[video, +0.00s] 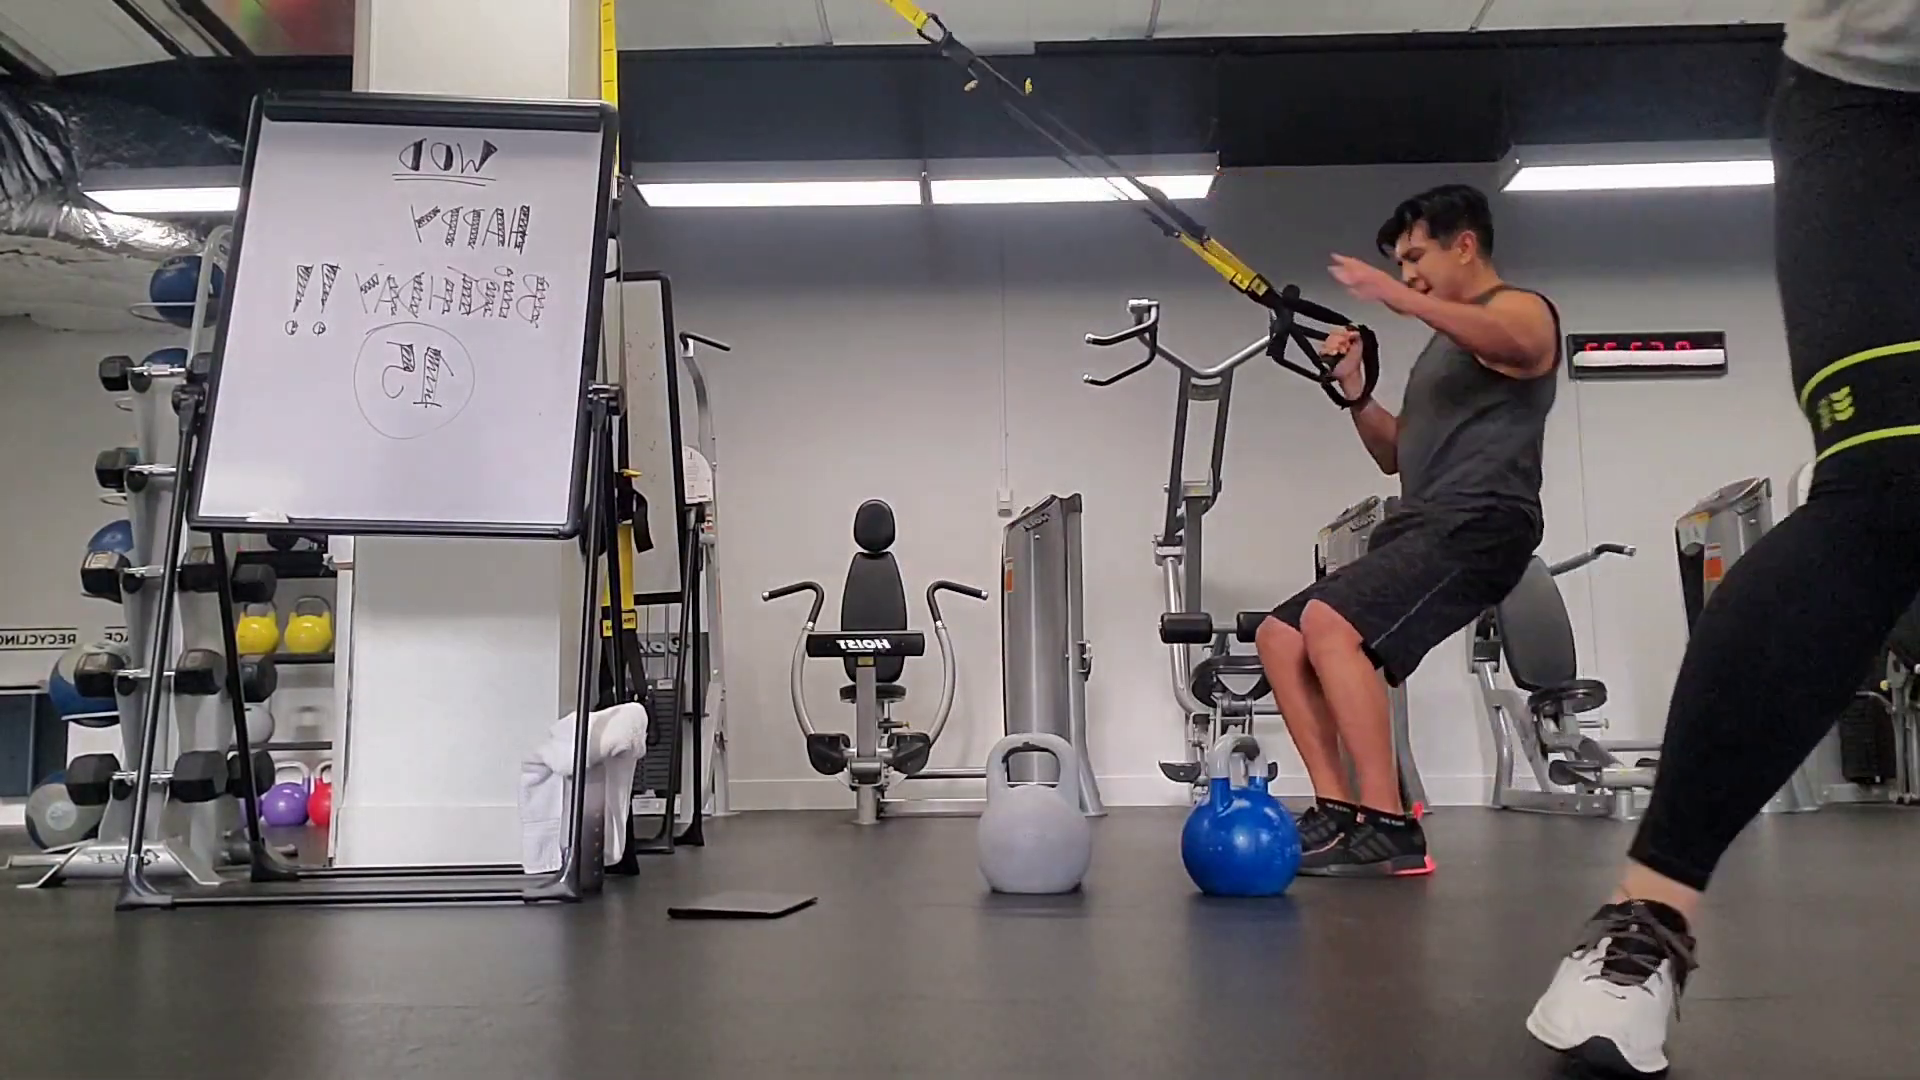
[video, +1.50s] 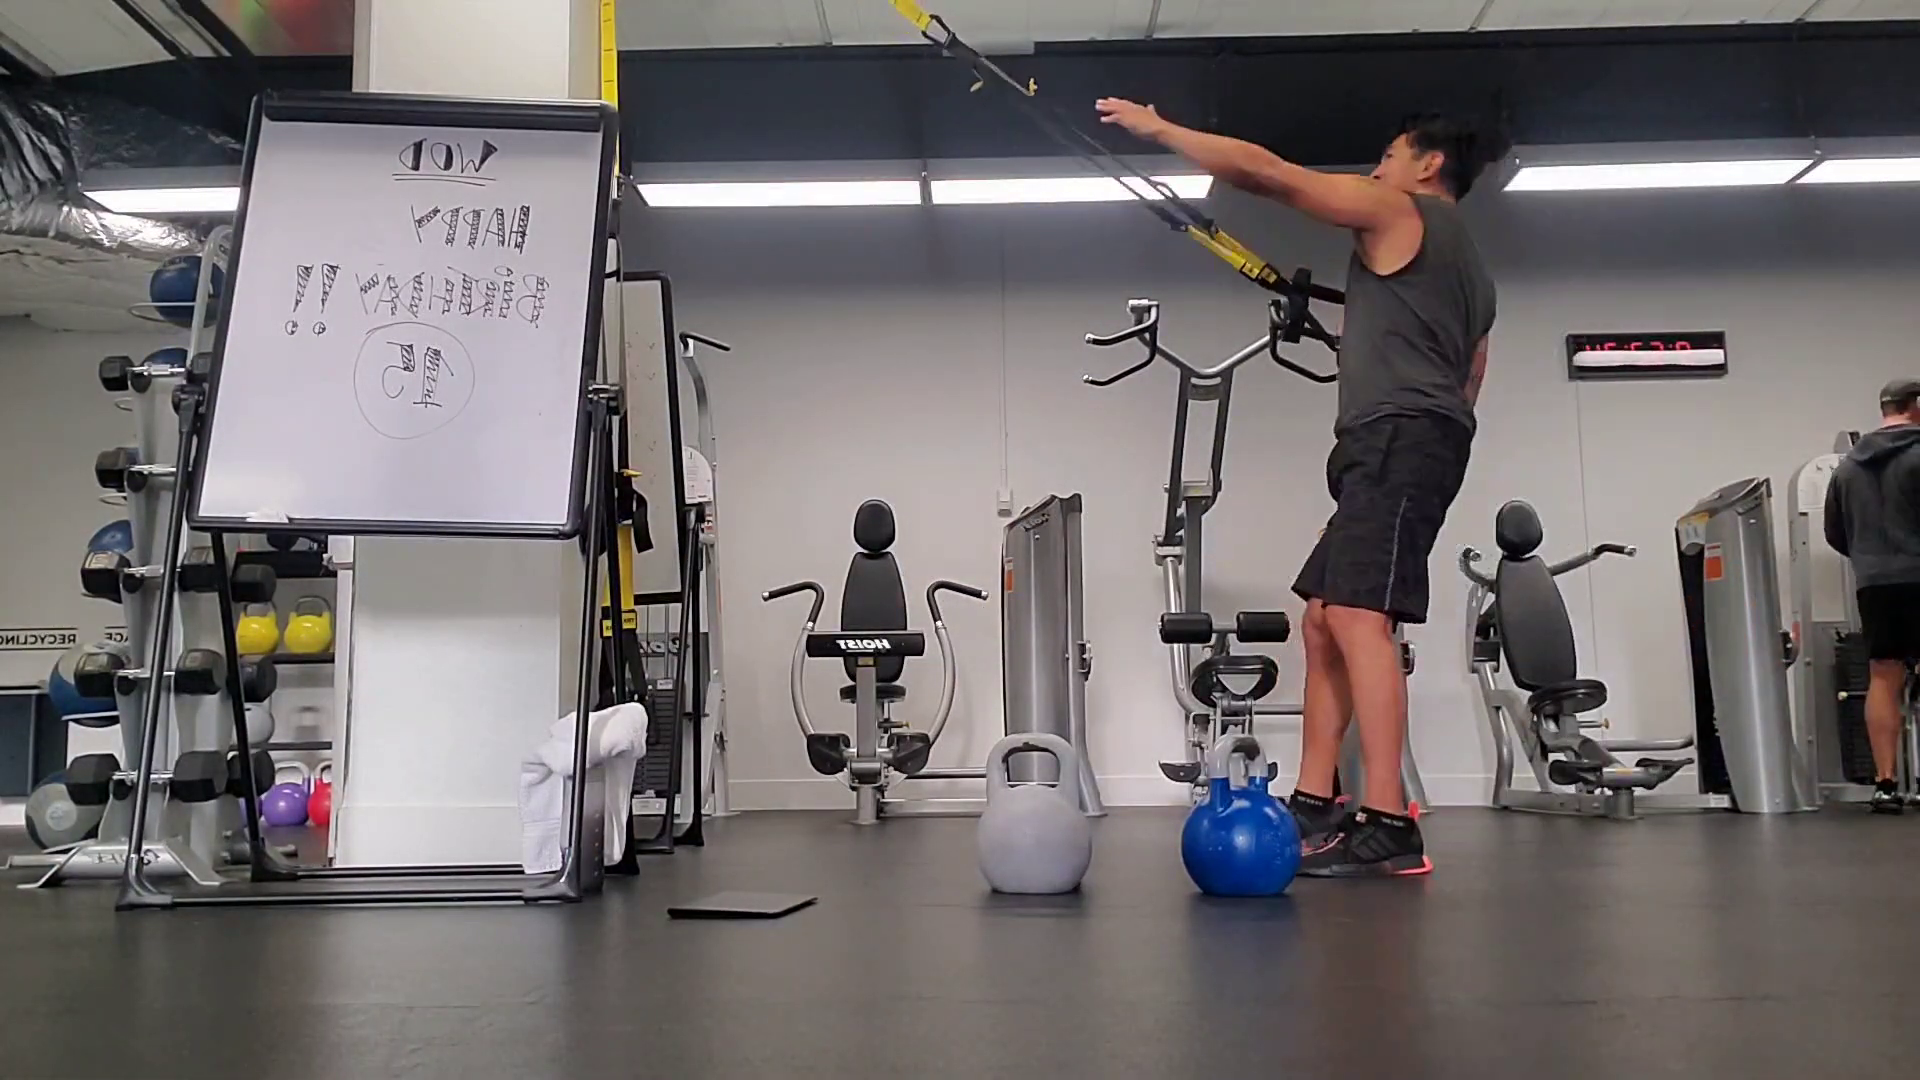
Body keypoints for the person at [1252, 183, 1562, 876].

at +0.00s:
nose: (1408, 277)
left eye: (1416, 257)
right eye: (1401, 264)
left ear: (1466, 244)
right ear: (1459, 254)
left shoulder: (1522, 306)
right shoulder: (1444, 348)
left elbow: (1523, 345)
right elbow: (1401, 456)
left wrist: (1405, 296)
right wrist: (1359, 398)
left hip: (1482, 522)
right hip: (1422, 526)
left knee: (1329, 621)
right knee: (1279, 635)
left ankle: (1389, 824)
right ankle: (1339, 813)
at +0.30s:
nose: (1558, 398)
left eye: (1577, 381)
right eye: (1551, 386)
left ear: (1628, 390)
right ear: (1547, 396)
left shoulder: (1663, 497)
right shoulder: (1528, 468)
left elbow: (1728, 602)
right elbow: (1420, 464)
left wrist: (1789, 659)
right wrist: (1372, 390)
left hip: (1544, 680)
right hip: (1477, 666)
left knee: (1378, 621)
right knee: (1298, 639)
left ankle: (1396, 826)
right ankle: (1337, 813)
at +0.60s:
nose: (1640, 497)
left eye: (1662, 485)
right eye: (1628, 483)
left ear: (1700, 509)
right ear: (1612, 493)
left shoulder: (1711, 628)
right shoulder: (1557, 539)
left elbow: (1773, 743)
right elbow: (1455, 478)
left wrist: (1880, 824)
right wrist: (1370, 408)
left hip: (1555, 782)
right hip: (1474, 749)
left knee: (1456, 628)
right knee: (1345, 636)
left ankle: (1403, 823)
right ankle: (1342, 812)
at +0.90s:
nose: (1576, 412)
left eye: (1597, 398)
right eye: (1573, 403)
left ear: (1649, 421)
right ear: (1568, 421)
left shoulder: (1664, 518)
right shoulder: (1538, 494)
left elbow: (1707, 627)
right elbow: (1434, 474)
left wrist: (1759, 690)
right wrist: (1368, 406)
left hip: (1535, 692)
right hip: (1472, 681)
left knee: (1372, 620)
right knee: (1303, 638)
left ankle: (1396, 824)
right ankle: (1336, 810)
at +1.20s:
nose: (1470, 243)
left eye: (1486, 228)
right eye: (1475, 231)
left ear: (1534, 238)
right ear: (1529, 242)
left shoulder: (1541, 305)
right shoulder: (1498, 326)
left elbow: (1439, 312)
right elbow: (1439, 439)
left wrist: (1323, 271)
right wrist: (1386, 380)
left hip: (1479, 508)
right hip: (1436, 509)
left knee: (1330, 622)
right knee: (1289, 630)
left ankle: (1388, 824)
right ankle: (1337, 812)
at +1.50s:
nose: (1380, 164)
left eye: (1393, 153)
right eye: (1387, 153)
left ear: (1432, 164)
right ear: (1442, 171)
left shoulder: (1398, 206)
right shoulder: (1468, 265)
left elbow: (1269, 172)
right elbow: (1466, 384)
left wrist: (1158, 128)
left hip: (1399, 433)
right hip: (1421, 440)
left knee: (1360, 615)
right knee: (1321, 617)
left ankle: (1387, 822)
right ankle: (1315, 803)